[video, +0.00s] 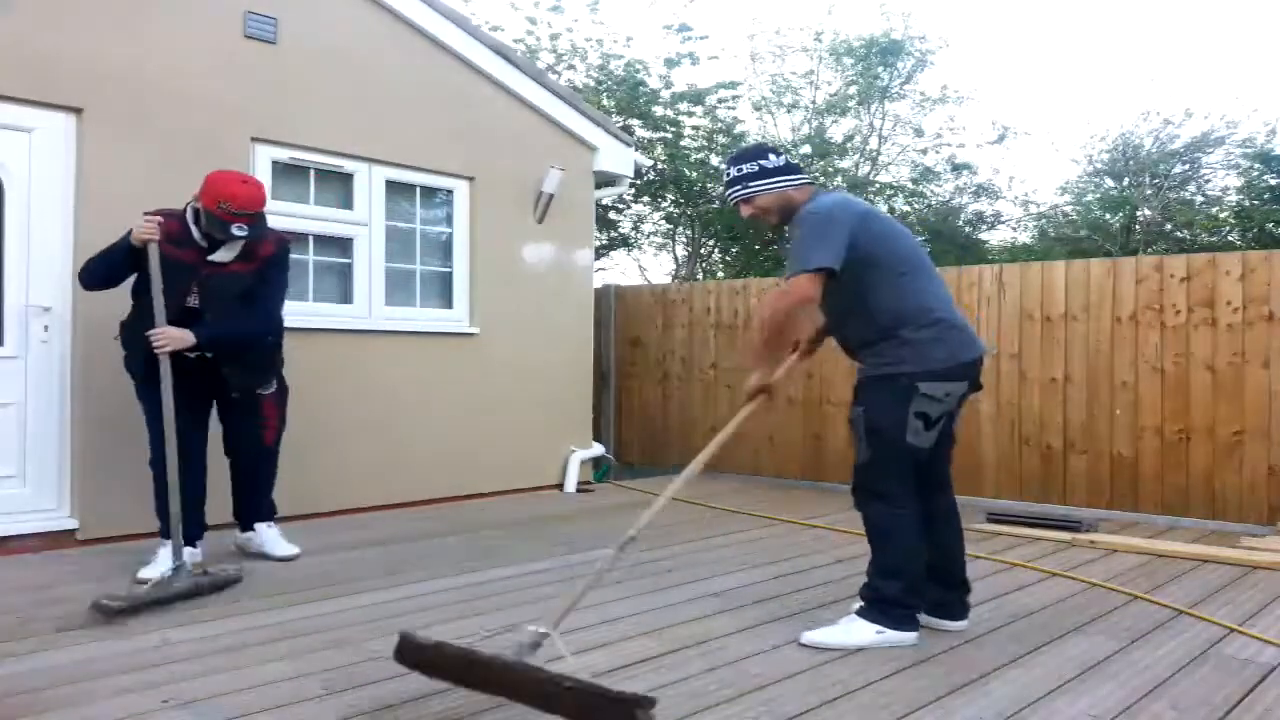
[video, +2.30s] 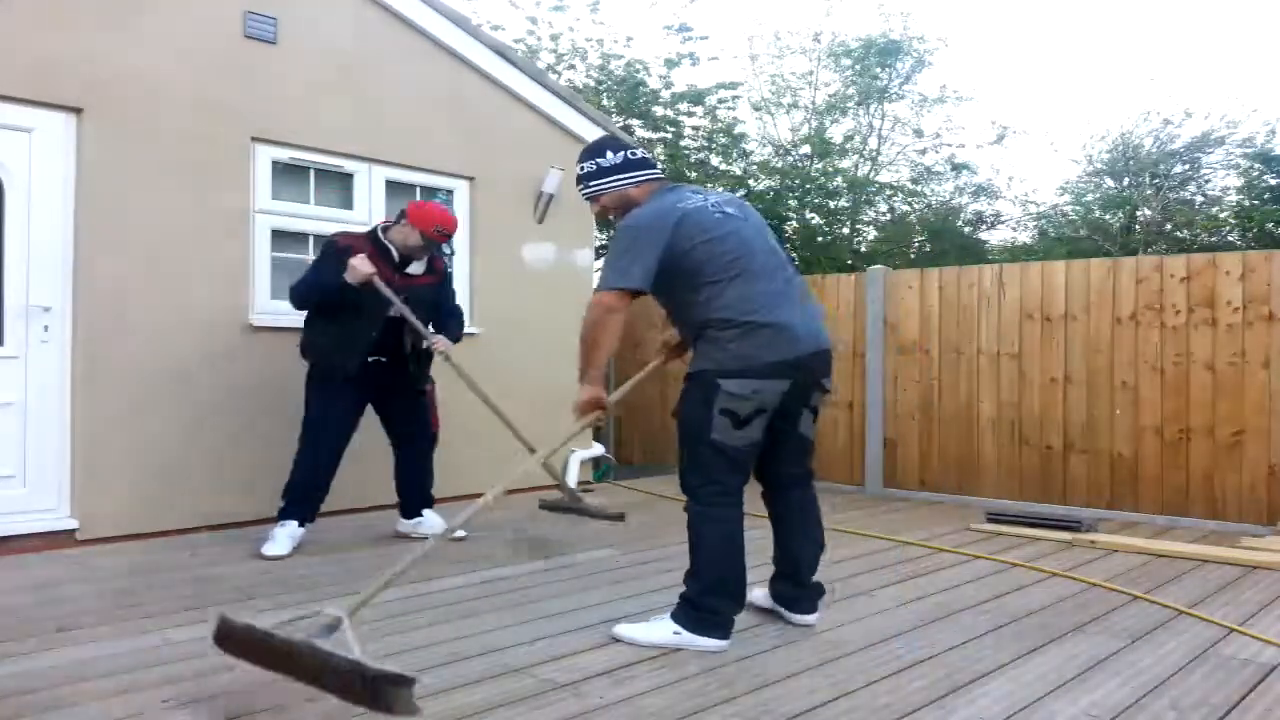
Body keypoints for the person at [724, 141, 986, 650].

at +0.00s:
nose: (746, 213)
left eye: (746, 199)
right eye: (740, 204)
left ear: (774, 185)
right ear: (786, 184)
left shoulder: (822, 213)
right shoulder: (844, 210)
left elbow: (803, 293)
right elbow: (861, 293)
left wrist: (763, 365)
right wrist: (815, 335)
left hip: (907, 363)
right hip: (947, 357)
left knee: (881, 486)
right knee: (927, 481)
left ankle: (889, 614)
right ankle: (945, 601)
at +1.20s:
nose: (736, 193)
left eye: (735, 180)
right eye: (730, 185)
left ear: (761, 159)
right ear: (780, 155)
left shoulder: (783, 203)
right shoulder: (853, 186)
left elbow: (760, 305)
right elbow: (877, 263)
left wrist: (753, 362)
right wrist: (827, 307)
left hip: (865, 364)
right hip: (913, 356)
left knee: (858, 498)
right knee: (876, 492)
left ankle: (861, 637)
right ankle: (871, 613)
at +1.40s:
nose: (735, 192)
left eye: (735, 178)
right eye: (728, 183)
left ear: (764, 162)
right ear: (785, 159)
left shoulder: (775, 210)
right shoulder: (862, 188)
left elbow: (764, 313)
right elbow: (909, 224)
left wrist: (773, 362)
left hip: (843, 363)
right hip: (907, 357)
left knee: (784, 483)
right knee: (866, 485)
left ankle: (842, 622)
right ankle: (883, 617)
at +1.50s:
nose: (722, 198)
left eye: (722, 185)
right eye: (717, 189)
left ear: (751, 169)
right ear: (774, 166)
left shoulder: (762, 216)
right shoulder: (847, 190)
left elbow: (758, 316)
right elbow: (907, 228)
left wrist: (763, 371)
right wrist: (862, 294)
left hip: (833, 361)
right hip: (902, 356)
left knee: (767, 476)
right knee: (864, 483)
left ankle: (791, 623)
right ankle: (878, 616)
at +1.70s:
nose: (683, 214)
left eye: (682, 202)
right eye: (677, 207)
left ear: (705, 184)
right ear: (728, 178)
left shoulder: (722, 223)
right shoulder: (811, 200)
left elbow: (713, 324)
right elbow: (866, 267)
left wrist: (712, 389)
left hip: (814, 361)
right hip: (884, 356)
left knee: (761, 487)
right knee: (860, 488)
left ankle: (712, 617)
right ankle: (878, 616)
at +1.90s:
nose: (630, 222)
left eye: (627, 210)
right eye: (623, 214)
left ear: (647, 190)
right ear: (667, 183)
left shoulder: (677, 225)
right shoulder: (742, 205)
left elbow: (662, 329)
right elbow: (784, 282)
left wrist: (648, 401)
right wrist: (743, 341)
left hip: (778, 361)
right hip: (845, 354)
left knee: (726, 489)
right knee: (840, 491)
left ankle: (704, 620)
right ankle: (874, 616)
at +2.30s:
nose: (598, 213)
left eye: (597, 199)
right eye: (593, 203)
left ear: (622, 183)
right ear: (646, 177)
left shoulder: (649, 217)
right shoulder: (723, 201)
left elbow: (608, 303)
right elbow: (752, 277)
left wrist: (591, 382)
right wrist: (692, 331)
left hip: (739, 359)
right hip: (807, 352)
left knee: (712, 488)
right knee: (788, 478)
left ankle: (704, 620)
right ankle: (798, 596)